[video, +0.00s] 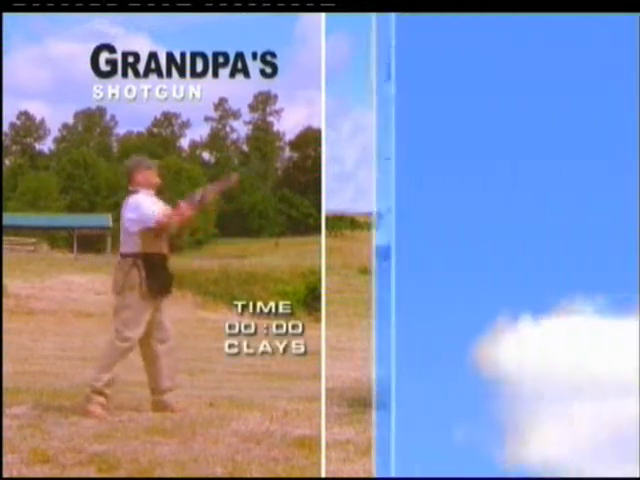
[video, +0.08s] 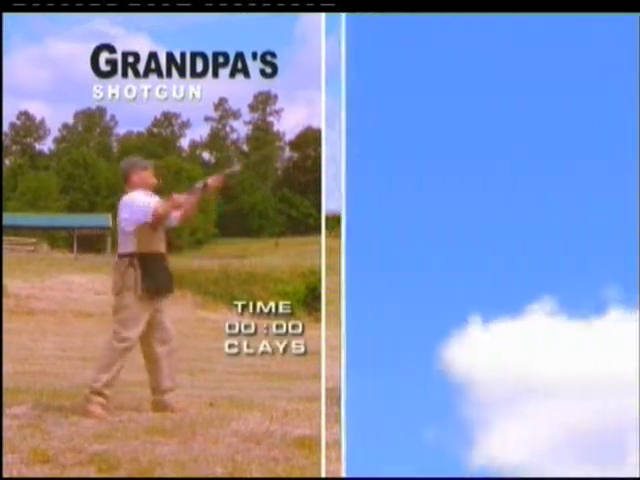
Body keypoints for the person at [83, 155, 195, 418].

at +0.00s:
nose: (157, 176)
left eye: (156, 171)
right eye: (151, 171)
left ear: (145, 177)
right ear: (137, 177)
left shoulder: (152, 201)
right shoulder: (137, 202)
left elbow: (170, 222)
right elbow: (165, 222)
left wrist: (187, 211)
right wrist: (182, 212)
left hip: (153, 264)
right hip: (134, 265)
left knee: (157, 336)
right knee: (126, 335)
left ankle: (161, 396)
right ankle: (96, 395)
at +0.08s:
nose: (154, 177)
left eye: (153, 172)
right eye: (149, 172)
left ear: (142, 177)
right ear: (134, 177)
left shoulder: (152, 201)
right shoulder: (131, 200)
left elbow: (181, 216)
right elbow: (157, 215)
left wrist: (202, 192)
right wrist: (173, 202)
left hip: (154, 264)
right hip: (133, 265)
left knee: (159, 336)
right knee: (125, 335)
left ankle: (162, 396)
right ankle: (96, 396)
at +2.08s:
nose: (170, 186)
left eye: (172, 182)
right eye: (165, 180)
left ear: (172, 184)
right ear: (151, 180)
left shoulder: (168, 203)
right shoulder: (140, 199)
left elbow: (201, 207)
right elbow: (167, 211)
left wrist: (219, 180)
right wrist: (181, 187)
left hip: (158, 268)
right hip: (134, 266)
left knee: (158, 339)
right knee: (116, 335)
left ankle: (162, 397)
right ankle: (96, 396)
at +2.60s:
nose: (179, 193)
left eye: (180, 189)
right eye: (176, 187)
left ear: (167, 188)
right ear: (162, 184)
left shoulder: (171, 212)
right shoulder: (138, 203)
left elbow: (192, 237)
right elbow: (152, 226)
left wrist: (221, 221)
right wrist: (183, 222)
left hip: (153, 274)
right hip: (128, 272)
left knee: (156, 341)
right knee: (115, 338)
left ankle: (161, 397)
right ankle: (96, 398)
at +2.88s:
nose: (168, 201)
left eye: (170, 196)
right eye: (166, 194)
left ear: (164, 193)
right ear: (153, 188)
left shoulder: (163, 217)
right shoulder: (127, 208)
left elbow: (173, 250)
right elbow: (129, 241)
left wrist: (198, 249)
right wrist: (164, 244)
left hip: (147, 276)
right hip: (121, 274)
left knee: (152, 342)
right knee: (112, 341)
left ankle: (161, 398)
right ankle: (95, 400)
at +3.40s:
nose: (137, 185)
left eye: (138, 180)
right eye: (132, 179)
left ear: (137, 183)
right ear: (116, 182)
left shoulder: (140, 210)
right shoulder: (109, 211)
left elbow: (147, 242)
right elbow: (128, 242)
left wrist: (172, 247)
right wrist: (162, 242)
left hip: (143, 281)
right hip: (118, 282)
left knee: (153, 344)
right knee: (113, 343)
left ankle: (162, 397)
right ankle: (94, 400)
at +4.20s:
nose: (127, 191)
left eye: (129, 187)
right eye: (123, 187)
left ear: (128, 186)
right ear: (108, 185)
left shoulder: (134, 209)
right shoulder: (96, 212)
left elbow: (146, 241)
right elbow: (99, 244)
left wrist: (170, 237)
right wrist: (132, 241)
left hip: (143, 279)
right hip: (117, 282)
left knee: (152, 344)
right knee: (112, 343)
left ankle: (162, 397)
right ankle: (95, 400)